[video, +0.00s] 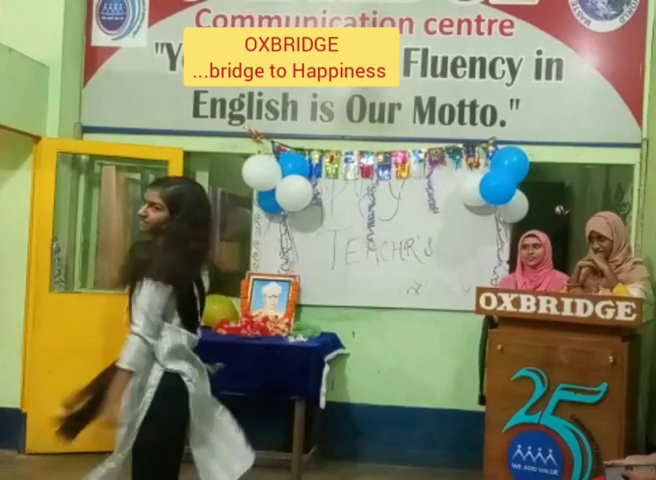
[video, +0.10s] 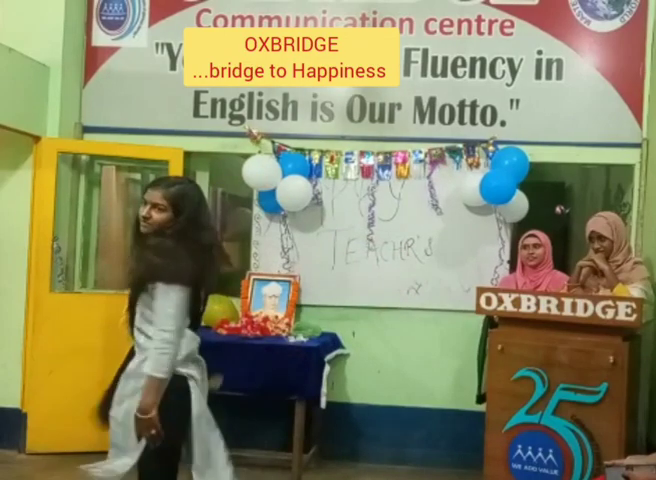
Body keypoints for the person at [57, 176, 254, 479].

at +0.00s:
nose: (142, 212)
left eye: (154, 207)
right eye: (145, 204)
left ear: (178, 216)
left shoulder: (163, 263)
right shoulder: (191, 262)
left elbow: (141, 336)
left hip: (164, 386)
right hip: (183, 383)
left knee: (150, 470)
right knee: (161, 468)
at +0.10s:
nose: (145, 213)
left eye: (157, 208)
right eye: (145, 204)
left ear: (181, 217)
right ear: (142, 203)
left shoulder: (174, 258)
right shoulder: (164, 255)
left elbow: (167, 337)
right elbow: (164, 335)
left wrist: (147, 404)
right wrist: (147, 400)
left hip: (167, 386)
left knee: (156, 471)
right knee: (151, 470)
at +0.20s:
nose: (150, 214)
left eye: (163, 208)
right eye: (148, 205)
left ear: (185, 216)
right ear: (141, 206)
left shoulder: (192, 263)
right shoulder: (150, 258)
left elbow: (207, 330)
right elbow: (154, 325)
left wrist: (169, 385)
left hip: (177, 389)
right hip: (145, 382)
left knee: (159, 471)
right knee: (135, 466)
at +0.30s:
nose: (162, 214)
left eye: (173, 208)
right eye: (156, 205)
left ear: (193, 215)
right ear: (148, 206)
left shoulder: (206, 259)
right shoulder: (146, 254)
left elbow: (251, 301)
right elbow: (120, 291)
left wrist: (209, 333)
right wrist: (113, 317)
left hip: (189, 382)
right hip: (150, 377)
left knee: (165, 468)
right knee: (143, 462)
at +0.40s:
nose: (179, 216)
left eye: (190, 209)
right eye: (171, 206)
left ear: (205, 214)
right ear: (160, 207)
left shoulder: (218, 260)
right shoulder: (152, 255)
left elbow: (278, 269)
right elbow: (107, 266)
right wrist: (98, 289)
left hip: (204, 378)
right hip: (162, 374)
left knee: (174, 468)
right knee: (139, 459)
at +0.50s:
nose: (203, 227)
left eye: (210, 220)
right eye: (194, 219)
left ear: (221, 225)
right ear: (176, 223)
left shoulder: (232, 268)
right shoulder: (164, 266)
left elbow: (271, 249)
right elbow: (117, 265)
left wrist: (220, 226)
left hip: (220, 384)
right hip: (176, 381)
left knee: (188, 469)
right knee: (149, 464)